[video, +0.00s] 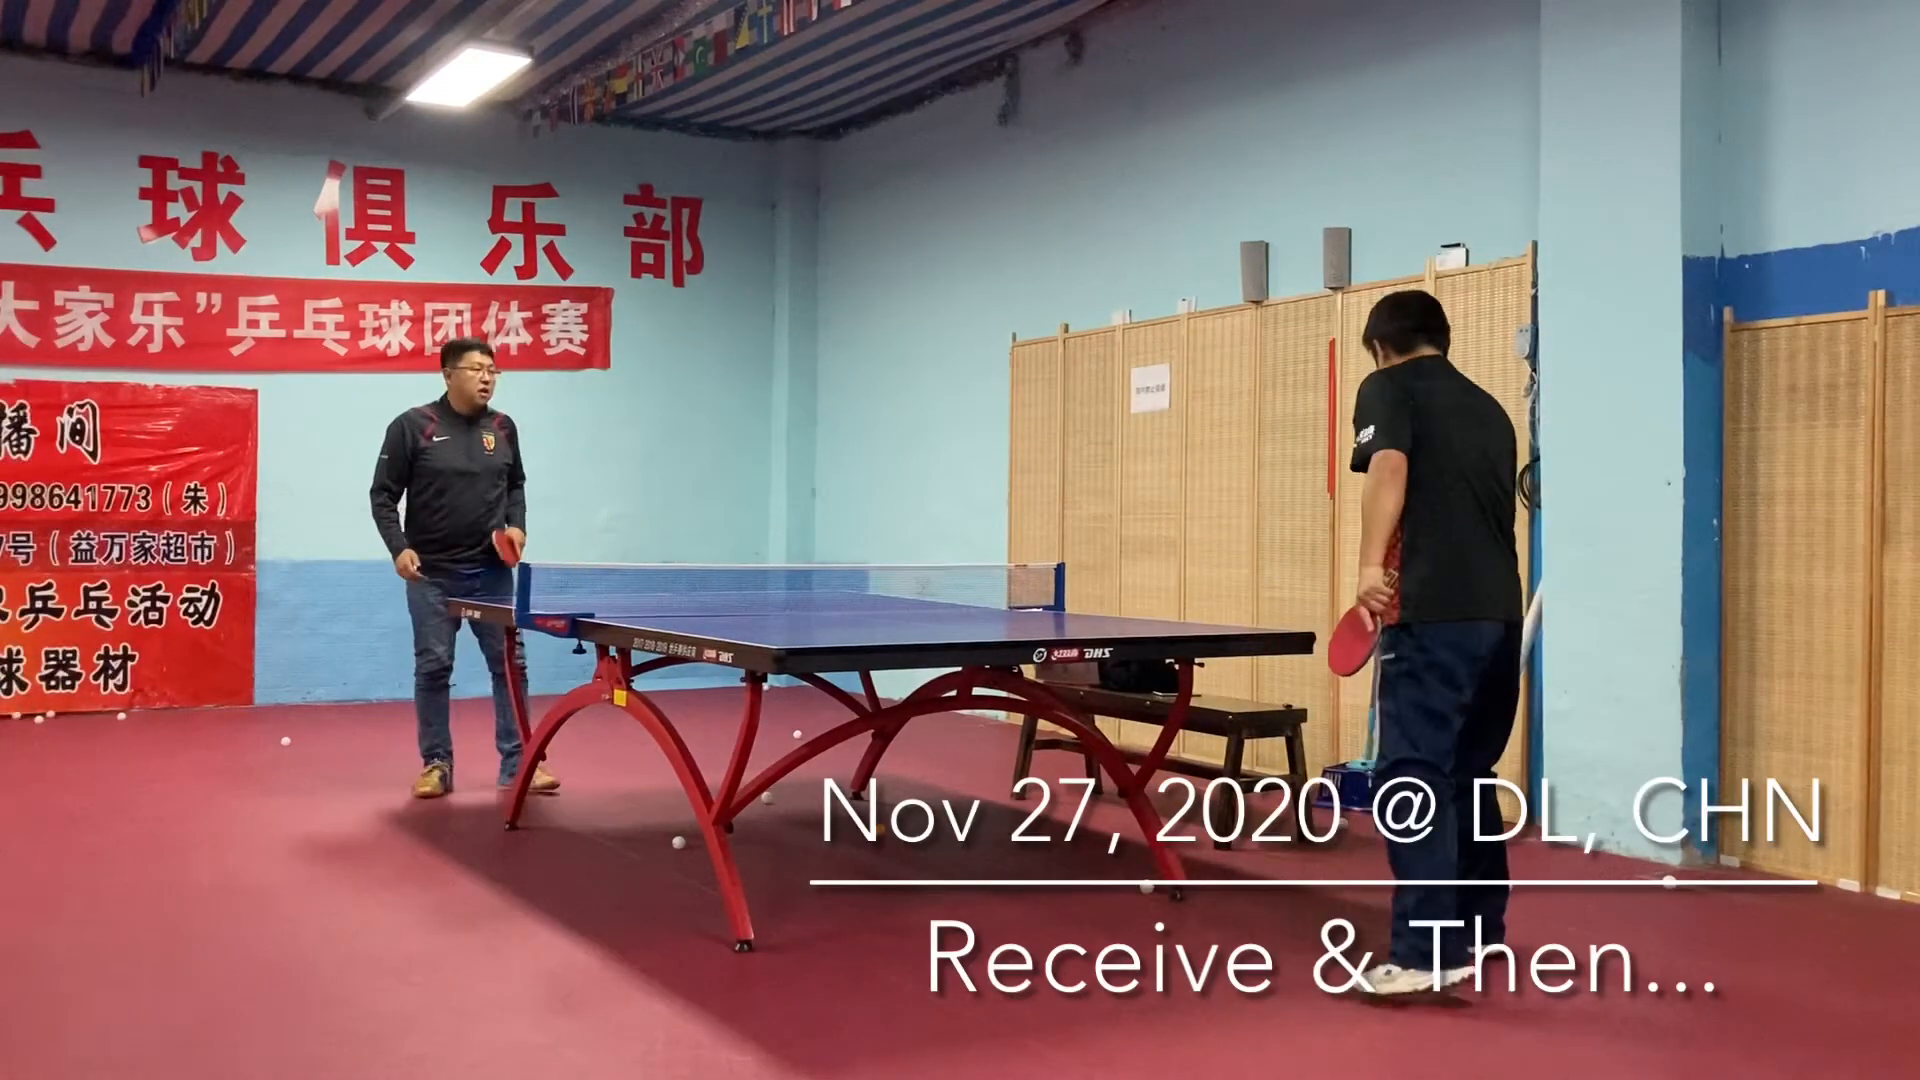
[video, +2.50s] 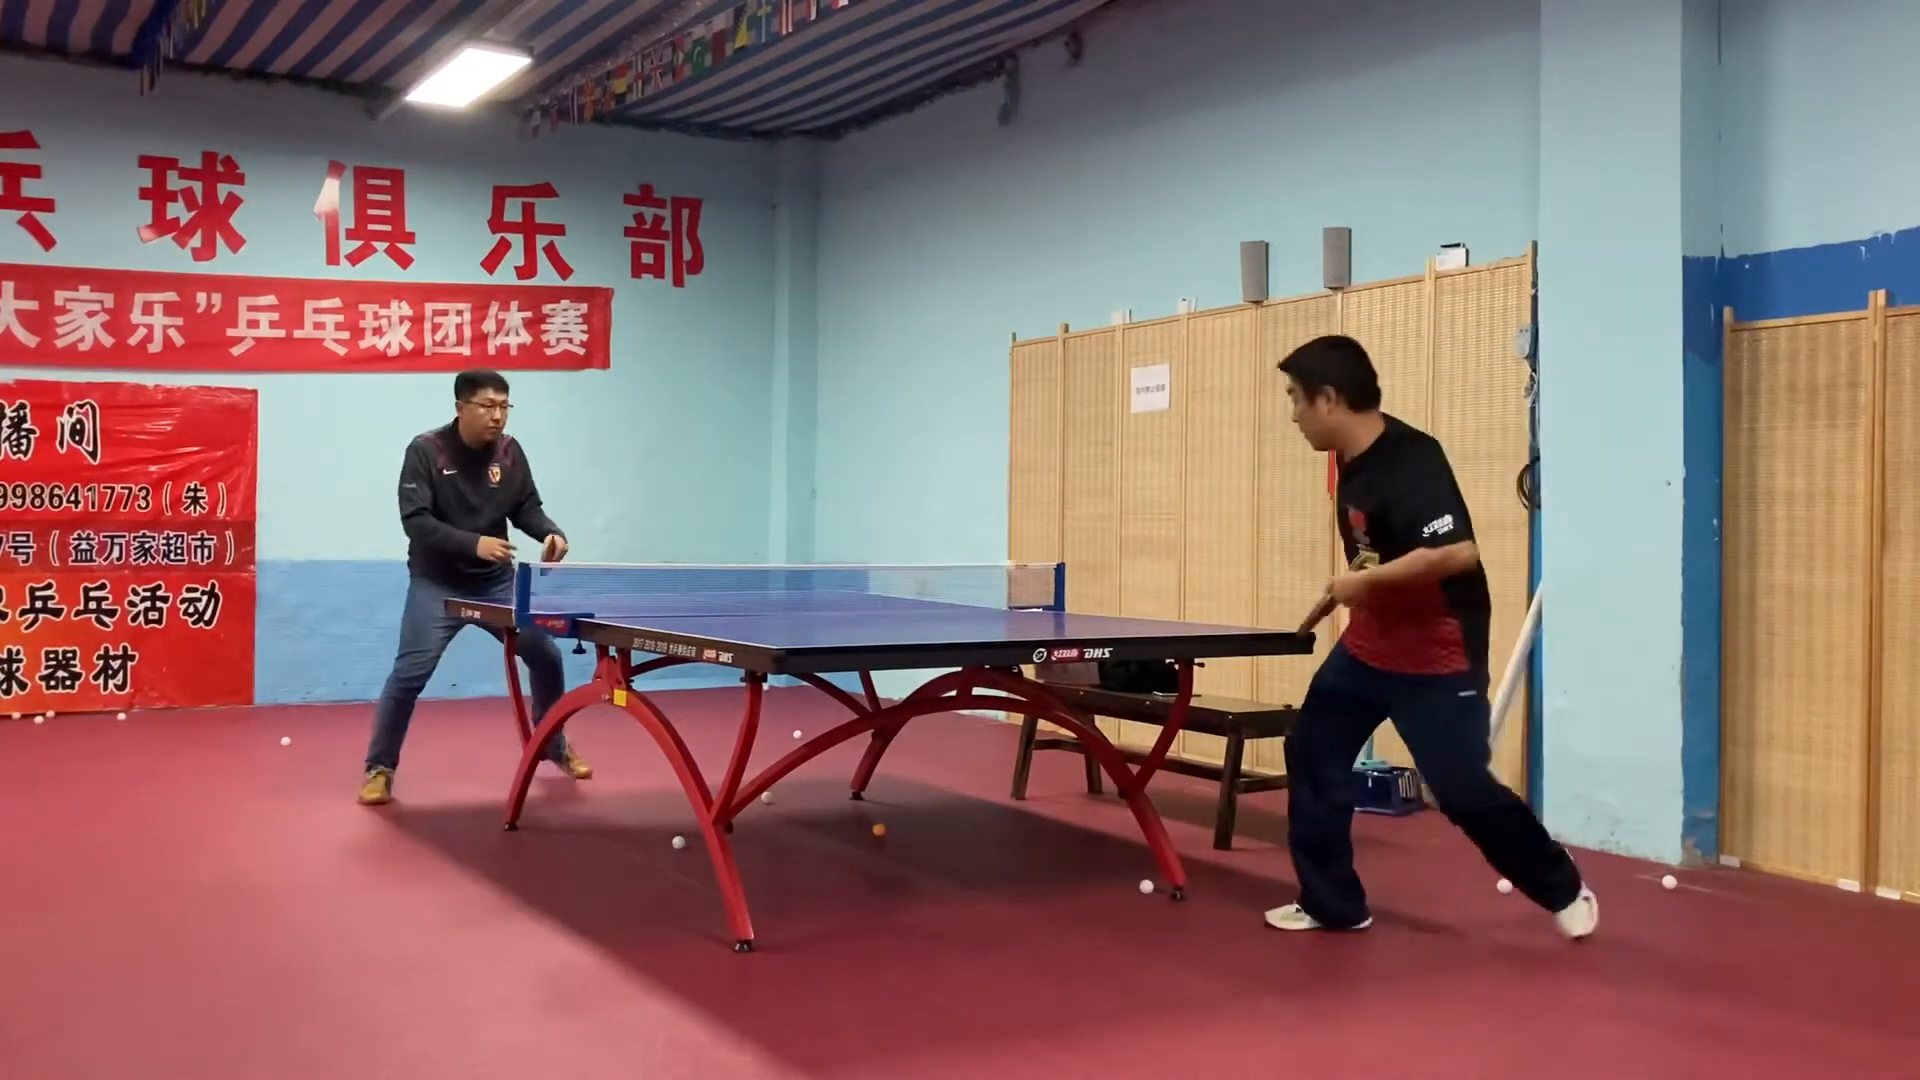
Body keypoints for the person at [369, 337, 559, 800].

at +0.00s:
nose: (487, 379)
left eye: (490, 371)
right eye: (477, 370)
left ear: (493, 378)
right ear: (450, 374)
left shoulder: (501, 427)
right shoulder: (411, 427)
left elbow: (515, 486)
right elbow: (383, 496)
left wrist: (516, 525)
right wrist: (399, 547)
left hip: (491, 572)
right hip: (431, 574)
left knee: (509, 664)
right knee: (434, 668)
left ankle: (517, 764)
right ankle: (436, 764)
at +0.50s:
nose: (513, 401)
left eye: (517, 394)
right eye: (502, 394)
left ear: (520, 400)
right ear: (477, 399)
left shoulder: (523, 448)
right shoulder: (444, 449)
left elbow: (536, 500)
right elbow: (417, 512)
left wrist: (534, 527)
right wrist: (452, 554)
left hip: (503, 578)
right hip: (454, 577)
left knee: (493, 665)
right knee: (449, 661)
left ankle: (480, 747)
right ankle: (437, 758)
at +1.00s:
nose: (531, 409)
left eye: (535, 401)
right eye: (522, 400)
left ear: (537, 408)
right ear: (497, 402)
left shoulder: (530, 453)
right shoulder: (457, 445)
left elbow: (539, 505)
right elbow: (428, 506)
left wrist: (527, 538)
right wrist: (478, 543)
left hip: (494, 573)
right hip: (446, 570)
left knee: (488, 662)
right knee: (438, 655)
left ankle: (478, 748)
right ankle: (423, 752)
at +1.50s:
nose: (510, 426)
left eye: (515, 418)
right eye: (500, 418)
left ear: (519, 420)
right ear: (474, 419)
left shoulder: (517, 456)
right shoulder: (434, 456)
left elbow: (521, 510)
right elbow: (401, 517)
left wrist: (511, 547)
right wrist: (443, 554)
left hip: (486, 571)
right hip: (429, 570)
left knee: (508, 648)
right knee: (427, 658)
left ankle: (504, 747)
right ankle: (422, 758)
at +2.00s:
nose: (550, 419)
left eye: (556, 411)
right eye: (541, 410)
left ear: (562, 416)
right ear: (516, 411)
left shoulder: (556, 459)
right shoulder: (478, 446)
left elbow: (565, 516)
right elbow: (444, 507)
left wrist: (563, 540)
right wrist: (485, 526)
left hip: (513, 574)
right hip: (459, 571)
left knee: (543, 660)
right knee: (438, 653)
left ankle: (552, 752)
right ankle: (412, 749)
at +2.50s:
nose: (497, 416)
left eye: (503, 408)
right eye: (487, 407)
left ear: (508, 411)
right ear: (461, 408)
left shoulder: (509, 451)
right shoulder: (426, 450)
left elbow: (525, 506)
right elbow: (415, 521)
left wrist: (550, 532)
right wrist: (473, 543)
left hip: (495, 582)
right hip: (435, 584)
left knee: (547, 655)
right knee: (411, 670)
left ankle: (553, 744)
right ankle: (379, 769)